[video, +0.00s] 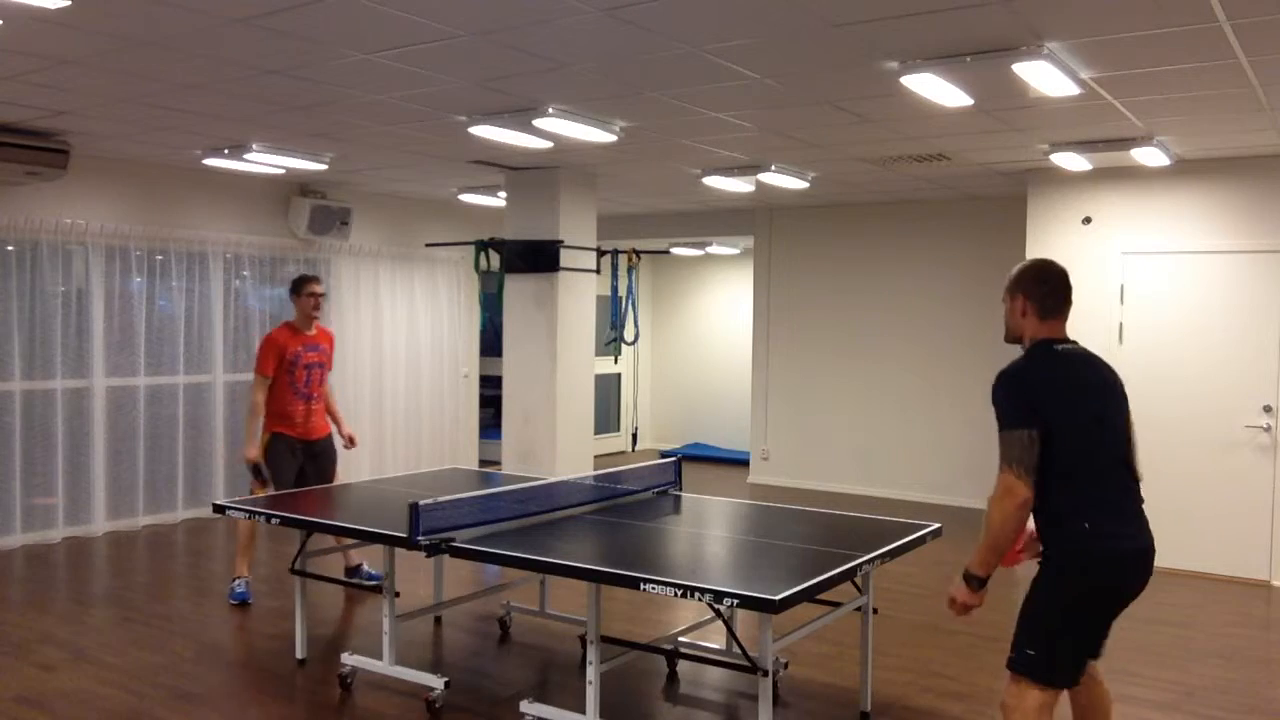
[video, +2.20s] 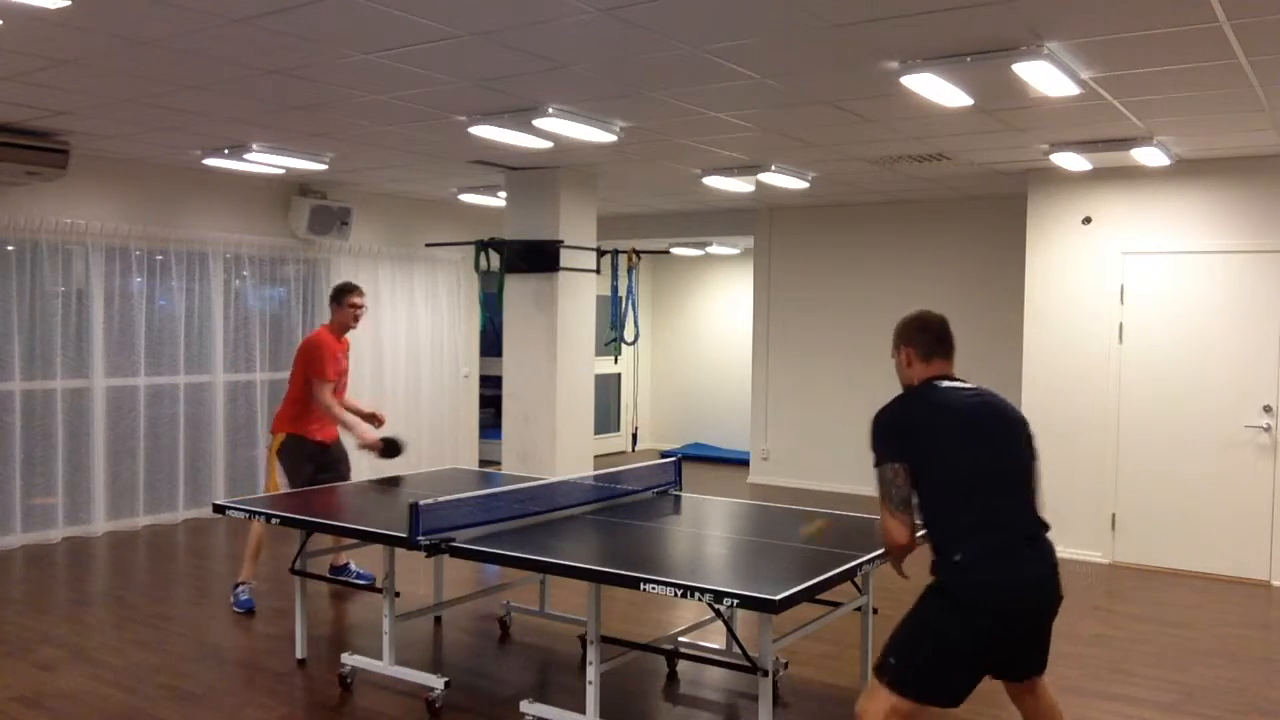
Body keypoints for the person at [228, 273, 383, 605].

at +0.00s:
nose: (318, 301)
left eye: (321, 296)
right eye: (311, 296)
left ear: (323, 301)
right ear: (295, 300)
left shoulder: (325, 338)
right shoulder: (276, 340)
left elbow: (323, 386)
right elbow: (259, 393)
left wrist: (341, 425)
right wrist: (252, 444)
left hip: (319, 437)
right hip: (282, 438)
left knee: (331, 502)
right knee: (256, 503)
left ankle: (353, 565)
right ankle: (241, 575)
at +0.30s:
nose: (345, 303)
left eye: (348, 299)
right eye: (339, 298)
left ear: (350, 304)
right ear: (321, 302)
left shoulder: (348, 342)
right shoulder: (298, 337)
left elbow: (348, 388)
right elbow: (279, 386)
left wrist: (368, 425)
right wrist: (300, 427)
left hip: (330, 435)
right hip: (294, 434)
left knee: (346, 500)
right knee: (277, 505)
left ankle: (354, 566)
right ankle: (235, 573)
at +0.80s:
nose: (311, 312)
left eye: (315, 307)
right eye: (305, 306)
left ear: (317, 311)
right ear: (285, 308)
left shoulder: (315, 347)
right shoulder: (259, 346)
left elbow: (307, 393)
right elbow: (232, 395)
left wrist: (321, 425)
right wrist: (265, 435)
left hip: (292, 441)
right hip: (254, 441)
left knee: (317, 503)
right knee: (247, 512)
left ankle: (332, 567)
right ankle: (221, 594)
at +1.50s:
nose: (327, 333)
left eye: (329, 327)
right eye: (322, 327)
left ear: (322, 328)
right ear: (301, 326)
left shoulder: (318, 359)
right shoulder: (270, 362)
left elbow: (312, 404)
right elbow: (248, 413)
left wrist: (338, 423)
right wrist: (277, 455)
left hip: (299, 448)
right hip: (263, 450)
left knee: (328, 501)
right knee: (259, 515)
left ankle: (337, 565)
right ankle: (222, 595)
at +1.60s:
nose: (338, 337)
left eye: (340, 331)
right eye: (333, 330)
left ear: (324, 332)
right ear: (312, 328)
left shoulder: (319, 362)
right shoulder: (285, 363)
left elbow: (310, 409)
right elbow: (282, 420)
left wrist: (341, 422)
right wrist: (323, 451)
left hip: (296, 447)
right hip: (264, 448)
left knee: (327, 502)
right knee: (262, 514)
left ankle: (337, 566)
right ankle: (222, 596)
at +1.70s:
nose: (351, 338)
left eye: (353, 333)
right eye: (347, 332)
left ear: (335, 333)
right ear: (328, 329)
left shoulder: (317, 362)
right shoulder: (304, 362)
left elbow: (309, 412)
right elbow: (330, 414)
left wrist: (347, 418)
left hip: (296, 448)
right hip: (266, 450)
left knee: (326, 504)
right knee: (259, 519)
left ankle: (337, 566)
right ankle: (221, 596)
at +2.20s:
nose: (358, 314)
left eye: (361, 308)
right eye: (353, 307)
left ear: (360, 312)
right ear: (334, 307)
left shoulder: (342, 344)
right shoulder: (320, 343)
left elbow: (336, 396)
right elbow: (322, 398)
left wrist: (364, 413)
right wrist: (359, 431)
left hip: (326, 436)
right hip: (294, 437)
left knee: (340, 502)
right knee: (270, 508)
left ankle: (339, 563)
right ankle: (244, 583)